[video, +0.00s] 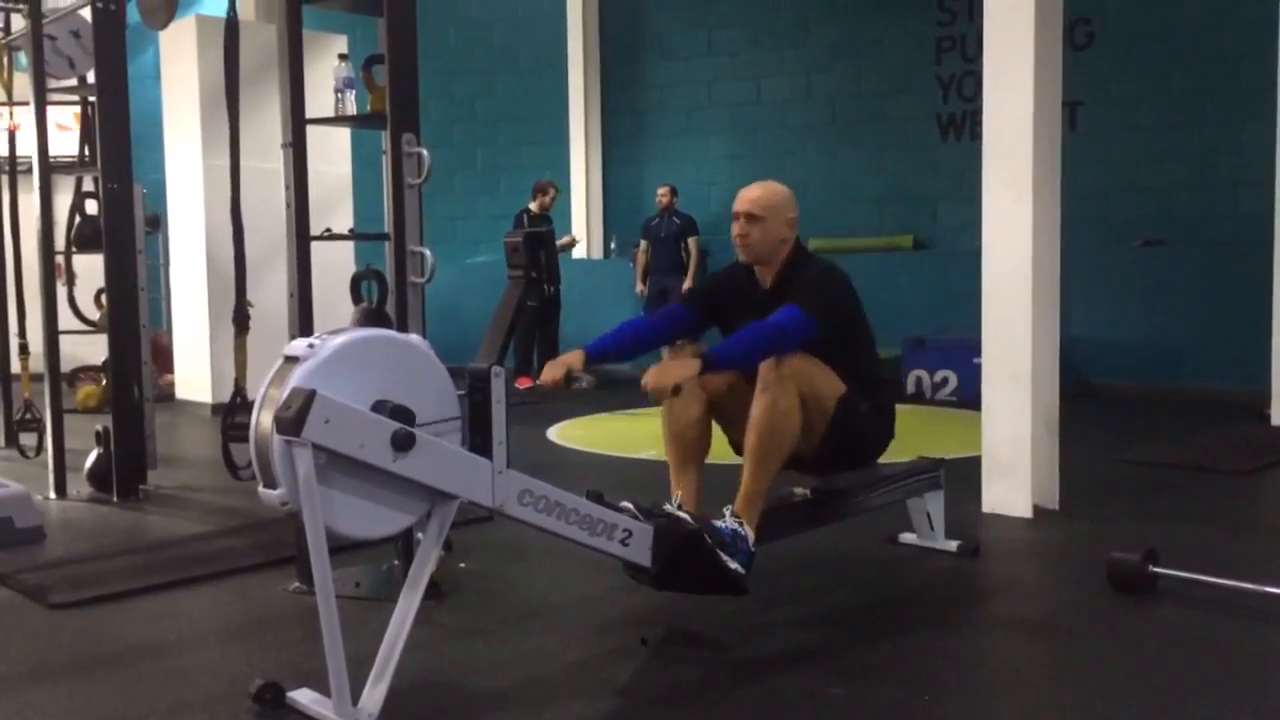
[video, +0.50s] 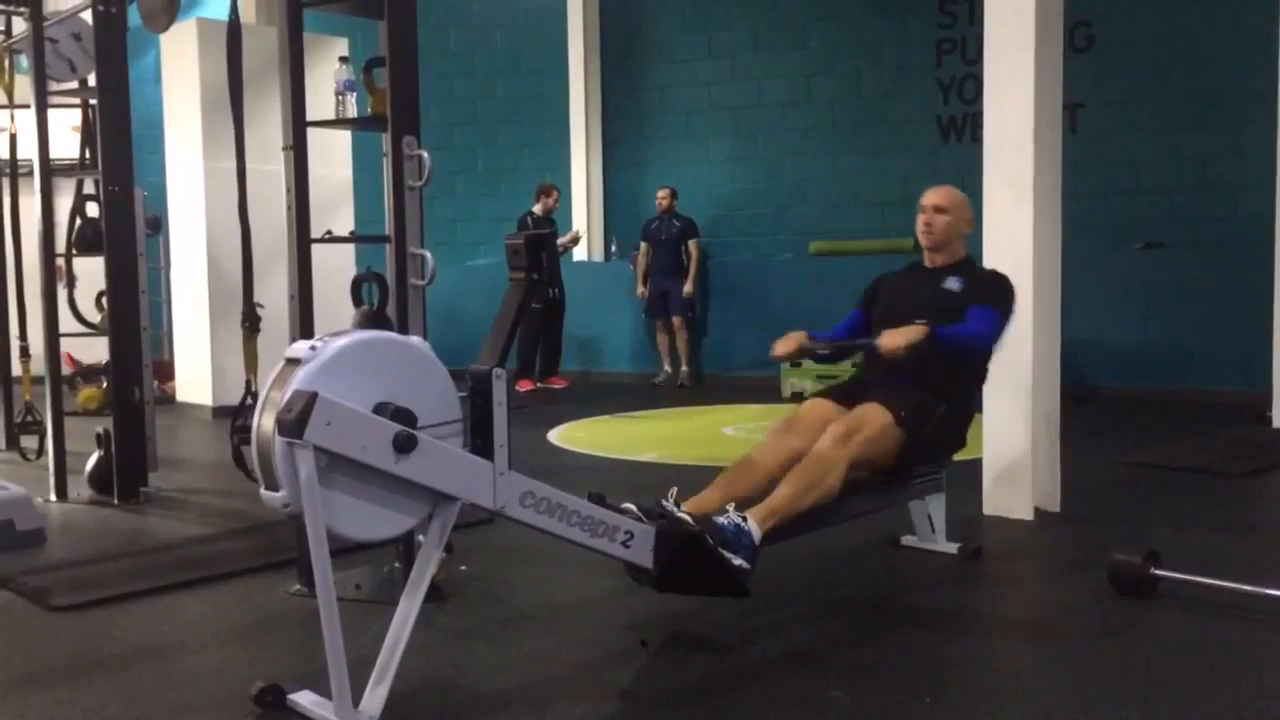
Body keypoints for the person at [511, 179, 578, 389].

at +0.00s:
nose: (553, 203)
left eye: (554, 199)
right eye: (551, 198)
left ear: (546, 199)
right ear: (540, 197)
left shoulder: (547, 220)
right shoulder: (523, 219)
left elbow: (547, 251)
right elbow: (527, 253)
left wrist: (563, 246)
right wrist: (557, 245)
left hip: (551, 284)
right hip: (531, 286)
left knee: (549, 333)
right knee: (526, 333)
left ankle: (547, 374)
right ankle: (523, 374)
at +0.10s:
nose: (553, 203)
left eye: (554, 199)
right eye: (551, 199)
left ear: (546, 199)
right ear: (540, 197)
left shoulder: (547, 221)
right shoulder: (524, 219)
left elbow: (547, 252)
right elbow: (527, 252)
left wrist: (564, 245)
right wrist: (558, 244)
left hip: (551, 285)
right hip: (531, 286)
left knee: (550, 331)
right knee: (527, 333)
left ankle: (548, 372)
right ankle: (523, 375)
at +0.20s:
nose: (554, 203)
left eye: (555, 199)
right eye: (552, 199)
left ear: (547, 199)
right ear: (540, 197)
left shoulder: (548, 221)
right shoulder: (524, 219)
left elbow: (549, 252)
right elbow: (529, 254)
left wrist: (565, 245)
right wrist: (559, 244)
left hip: (552, 285)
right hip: (532, 286)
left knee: (550, 332)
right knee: (527, 332)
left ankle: (548, 372)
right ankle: (523, 375)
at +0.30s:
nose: (554, 204)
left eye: (555, 200)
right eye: (552, 199)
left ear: (546, 199)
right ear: (540, 197)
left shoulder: (548, 222)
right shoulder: (524, 221)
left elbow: (550, 253)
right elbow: (528, 253)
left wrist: (566, 245)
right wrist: (559, 243)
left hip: (552, 284)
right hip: (532, 286)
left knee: (551, 331)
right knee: (528, 332)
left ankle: (548, 373)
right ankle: (523, 376)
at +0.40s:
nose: (555, 204)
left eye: (556, 200)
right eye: (553, 200)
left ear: (546, 200)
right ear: (541, 198)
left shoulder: (549, 223)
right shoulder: (525, 221)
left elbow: (550, 253)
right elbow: (529, 253)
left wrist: (566, 245)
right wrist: (559, 243)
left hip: (553, 285)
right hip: (533, 286)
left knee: (552, 331)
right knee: (528, 332)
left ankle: (548, 373)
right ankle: (524, 376)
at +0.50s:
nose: (557, 205)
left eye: (558, 201)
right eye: (554, 200)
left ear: (548, 200)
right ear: (543, 199)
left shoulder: (550, 223)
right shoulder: (526, 222)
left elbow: (552, 254)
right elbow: (531, 253)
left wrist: (567, 245)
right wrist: (560, 243)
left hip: (554, 284)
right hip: (535, 285)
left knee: (553, 331)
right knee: (530, 333)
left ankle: (549, 374)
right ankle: (524, 377)